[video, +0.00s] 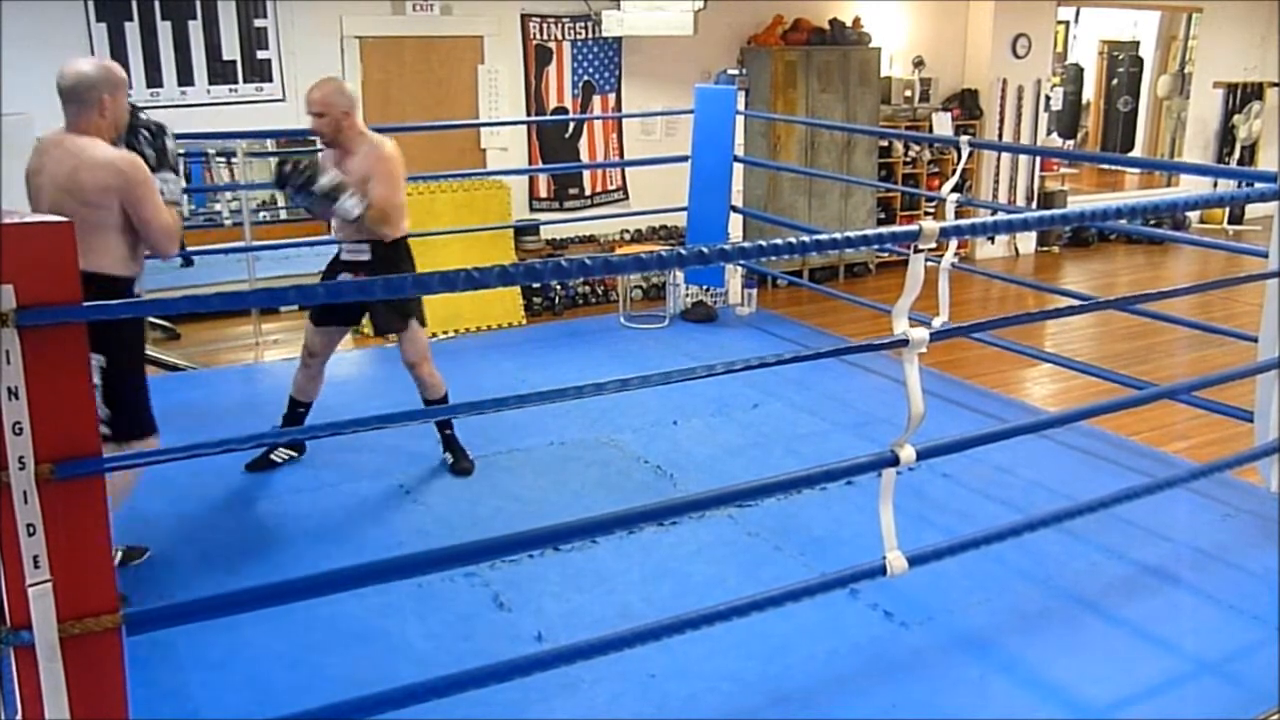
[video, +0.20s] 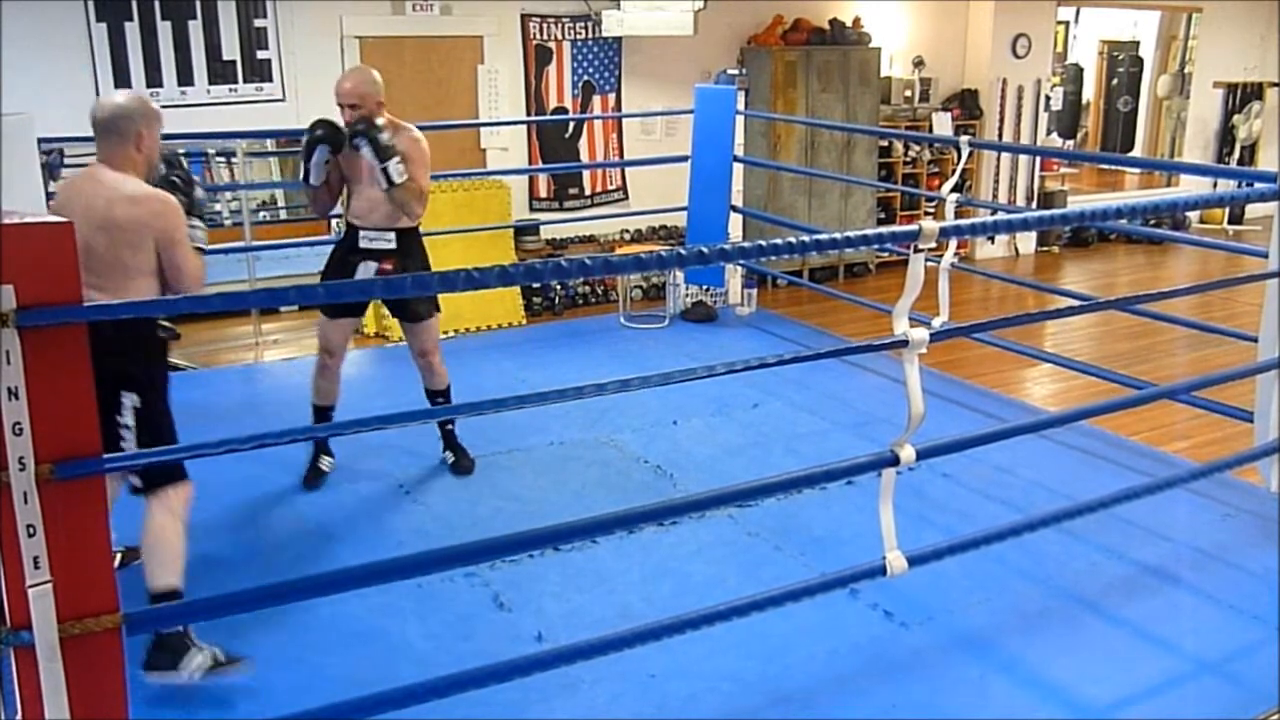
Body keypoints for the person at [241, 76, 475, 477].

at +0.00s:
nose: (312, 124)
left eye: (319, 116)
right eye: (310, 115)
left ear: (346, 115)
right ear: (326, 118)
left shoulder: (383, 154)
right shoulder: (326, 156)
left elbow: (389, 224)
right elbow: (331, 216)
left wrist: (343, 199)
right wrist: (305, 192)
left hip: (389, 262)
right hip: (346, 261)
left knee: (418, 361)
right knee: (313, 353)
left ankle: (450, 440)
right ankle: (290, 437)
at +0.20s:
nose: (346, 114)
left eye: (354, 106)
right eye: (341, 106)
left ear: (379, 102)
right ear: (338, 105)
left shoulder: (409, 140)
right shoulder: (341, 143)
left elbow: (415, 208)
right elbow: (322, 206)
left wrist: (386, 160)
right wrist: (315, 163)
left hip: (403, 248)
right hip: (352, 249)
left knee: (428, 354)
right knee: (329, 355)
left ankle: (449, 439)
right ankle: (321, 448)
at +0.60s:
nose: (405, 132)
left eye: (413, 123)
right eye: (398, 123)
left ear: (427, 118)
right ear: (384, 117)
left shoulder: (437, 149)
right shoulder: (366, 145)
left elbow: (442, 214)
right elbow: (346, 206)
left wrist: (433, 159)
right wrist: (355, 150)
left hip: (424, 257)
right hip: (375, 260)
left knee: (464, 363)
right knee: (373, 372)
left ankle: (454, 437)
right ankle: (363, 491)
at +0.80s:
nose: (440, 144)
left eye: (447, 136)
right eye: (433, 134)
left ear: (450, 135)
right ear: (409, 128)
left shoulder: (439, 165)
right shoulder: (380, 159)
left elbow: (451, 217)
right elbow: (377, 185)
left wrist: (464, 169)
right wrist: (390, 137)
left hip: (425, 267)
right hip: (379, 274)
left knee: (482, 353)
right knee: (375, 385)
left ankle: (459, 432)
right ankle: (364, 499)